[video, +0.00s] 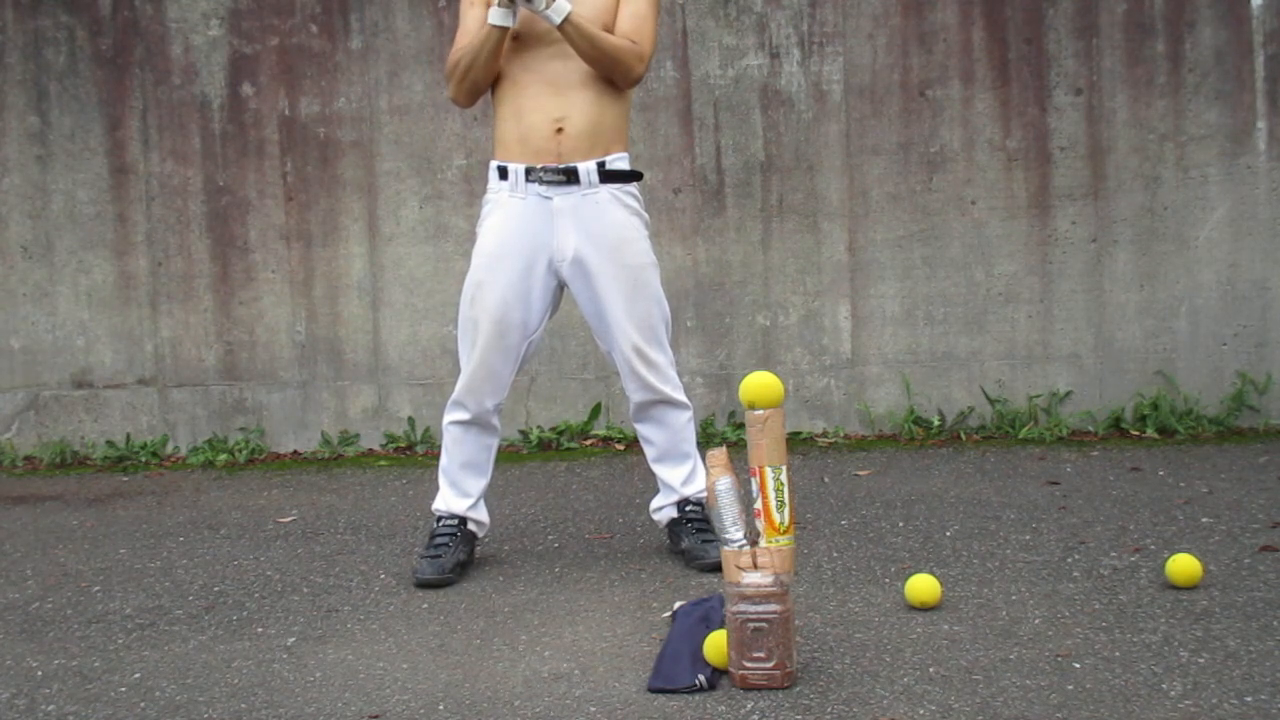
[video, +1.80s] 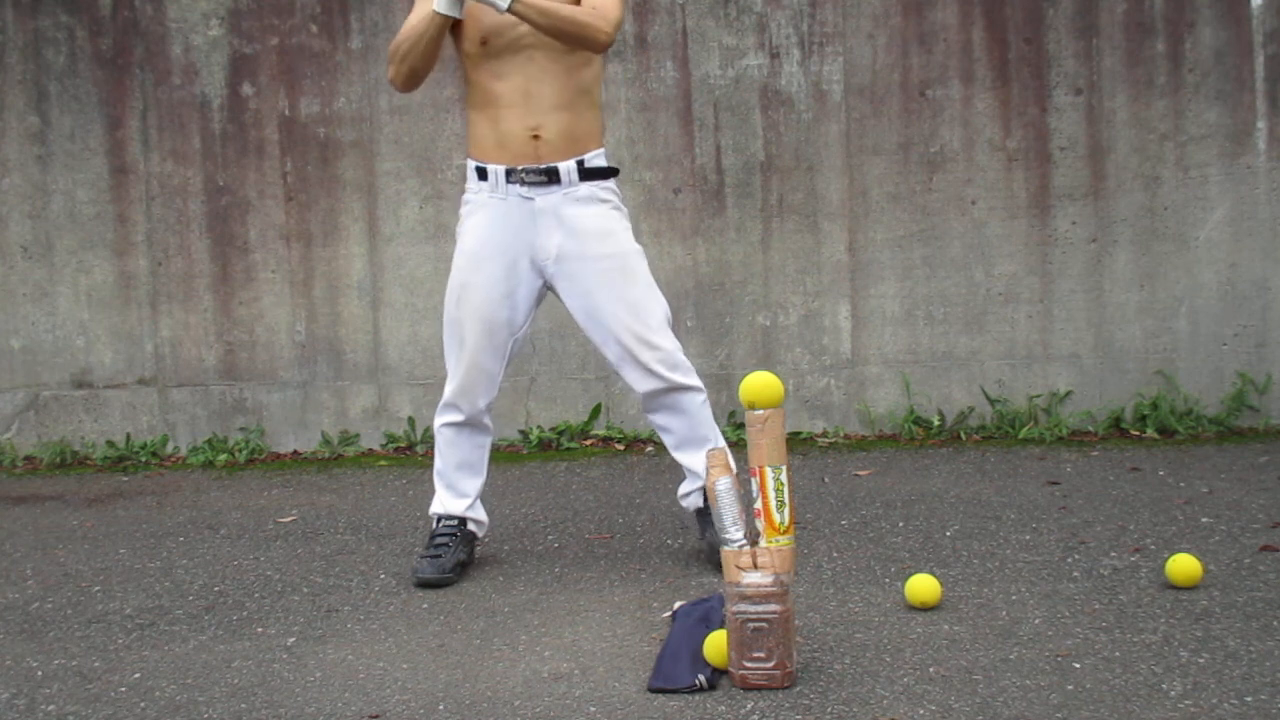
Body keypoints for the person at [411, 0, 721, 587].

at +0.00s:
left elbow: (630, 68)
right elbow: (462, 90)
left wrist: (561, 15)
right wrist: (500, 16)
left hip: (606, 195)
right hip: (514, 197)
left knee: (647, 363)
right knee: (481, 372)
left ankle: (686, 507)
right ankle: (455, 517)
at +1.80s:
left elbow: (599, 32)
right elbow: (402, 75)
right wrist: (441, 3)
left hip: (585, 195)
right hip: (492, 200)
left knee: (653, 353)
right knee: (468, 379)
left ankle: (716, 496)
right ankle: (453, 518)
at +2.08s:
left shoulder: (662, 3)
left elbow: (645, 23)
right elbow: (453, 12)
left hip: (628, 215)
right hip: (531, 212)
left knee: (686, 377)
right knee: (477, 381)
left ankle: (723, 515)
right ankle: (452, 518)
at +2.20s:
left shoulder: (669, 8)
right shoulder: (533, 2)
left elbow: (643, 7)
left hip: (636, 222)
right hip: (539, 219)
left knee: (693, 382)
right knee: (476, 382)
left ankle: (725, 516)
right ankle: (446, 509)